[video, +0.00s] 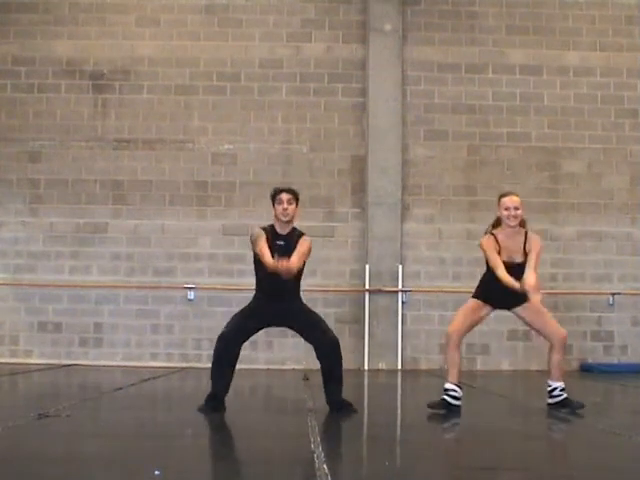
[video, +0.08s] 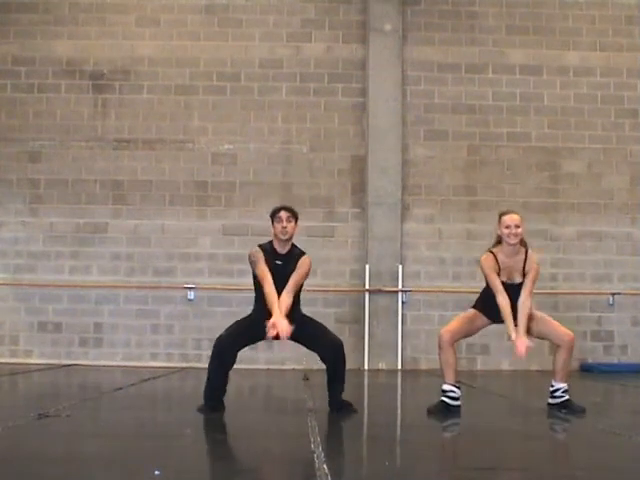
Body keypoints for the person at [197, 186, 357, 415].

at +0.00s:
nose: (285, 207)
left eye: (289, 203)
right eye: (280, 203)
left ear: (297, 208)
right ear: (273, 208)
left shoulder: (303, 240)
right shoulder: (260, 234)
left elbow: (294, 266)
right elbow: (267, 261)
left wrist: (281, 266)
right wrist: (282, 266)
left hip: (293, 309)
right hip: (261, 308)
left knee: (329, 343)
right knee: (228, 339)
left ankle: (335, 400)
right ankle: (216, 398)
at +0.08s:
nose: (284, 225)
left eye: (289, 221)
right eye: (279, 221)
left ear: (295, 227)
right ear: (272, 227)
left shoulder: (303, 260)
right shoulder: (258, 253)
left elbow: (290, 291)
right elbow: (266, 284)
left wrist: (278, 318)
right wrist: (278, 316)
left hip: (294, 321)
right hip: (261, 320)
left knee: (334, 347)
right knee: (224, 345)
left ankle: (336, 401)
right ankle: (213, 402)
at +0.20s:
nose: (284, 231)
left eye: (289, 227)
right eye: (279, 227)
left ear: (296, 233)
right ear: (272, 232)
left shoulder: (304, 265)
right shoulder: (257, 259)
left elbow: (289, 304)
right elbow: (264, 300)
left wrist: (278, 340)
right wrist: (270, 337)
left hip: (294, 324)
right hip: (260, 324)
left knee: (334, 350)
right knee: (224, 349)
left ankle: (338, 404)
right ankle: (214, 403)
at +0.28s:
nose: (285, 218)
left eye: (289, 214)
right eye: (279, 214)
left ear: (296, 219)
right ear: (272, 218)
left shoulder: (303, 249)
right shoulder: (257, 244)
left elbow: (290, 288)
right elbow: (262, 285)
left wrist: (281, 324)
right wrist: (269, 321)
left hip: (293, 312)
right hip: (260, 312)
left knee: (331, 349)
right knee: (225, 347)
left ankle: (336, 404)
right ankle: (214, 403)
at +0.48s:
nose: (284, 183)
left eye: (289, 178)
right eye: (279, 177)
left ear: (296, 174)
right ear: (272, 172)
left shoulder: (301, 191)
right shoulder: (260, 185)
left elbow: (289, 231)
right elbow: (255, 222)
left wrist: (273, 265)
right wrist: (261, 259)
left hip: (286, 264)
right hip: (259, 262)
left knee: (295, 330)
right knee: (248, 330)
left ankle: (307, 392)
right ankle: (234, 392)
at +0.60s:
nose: (282, 176)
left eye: (287, 172)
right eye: (278, 171)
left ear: (295, 169)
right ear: (270, 167)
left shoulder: (299, 188)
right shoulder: (259, 182)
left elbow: (287, 227)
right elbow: (254, 219)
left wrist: (268, 257)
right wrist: (260, 254)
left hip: (283, 263)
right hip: (257, 260)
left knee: (279, 326)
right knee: (257, 324)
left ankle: (274, 386)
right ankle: (256, 382)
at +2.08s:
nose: (269, 275)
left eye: (276, 273)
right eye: (267, 268)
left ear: (279, 279)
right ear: (257, 266)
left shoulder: (270, 306)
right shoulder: (240, 266)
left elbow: (261, 355)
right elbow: (213, 240)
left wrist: (255, 401)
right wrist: (230, 225)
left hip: (259, 328)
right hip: (226, 322)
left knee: (300, 361)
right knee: (189, 357)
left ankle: (343, 401)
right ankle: (143, 397)